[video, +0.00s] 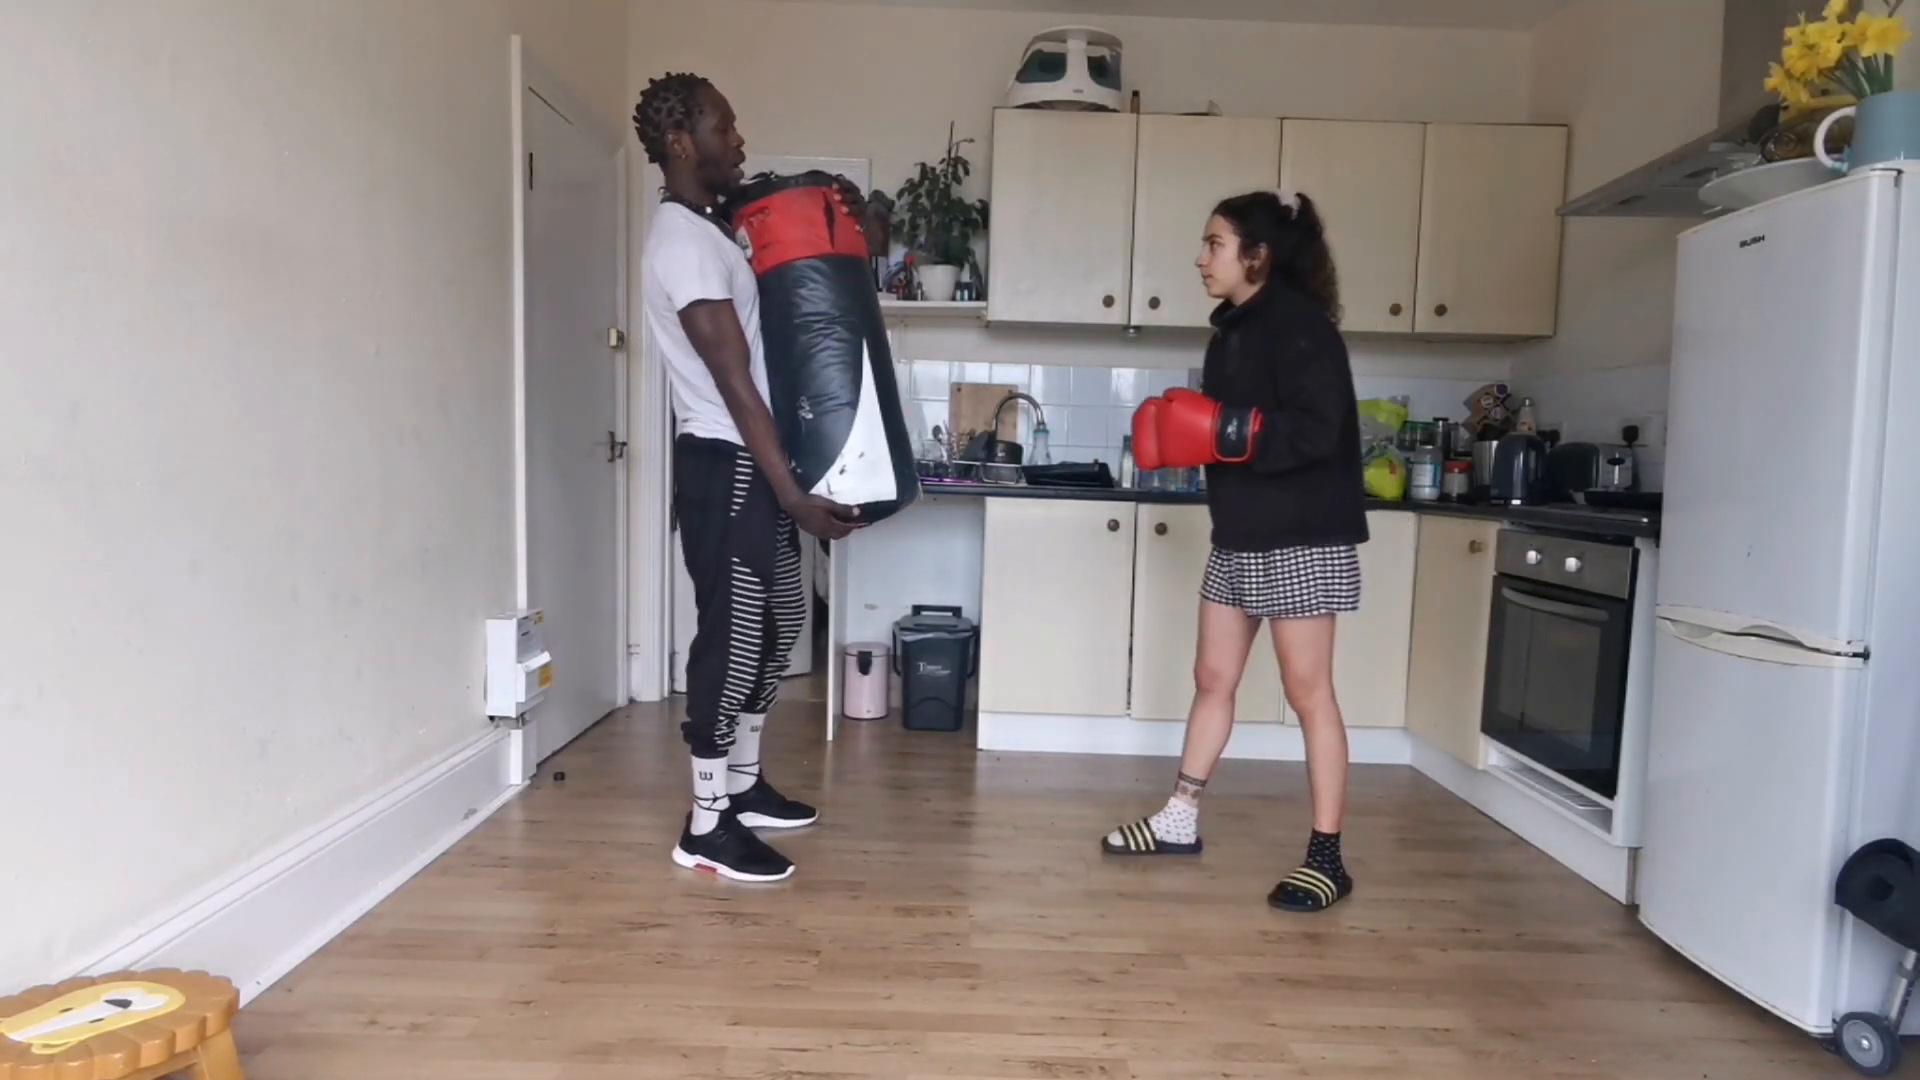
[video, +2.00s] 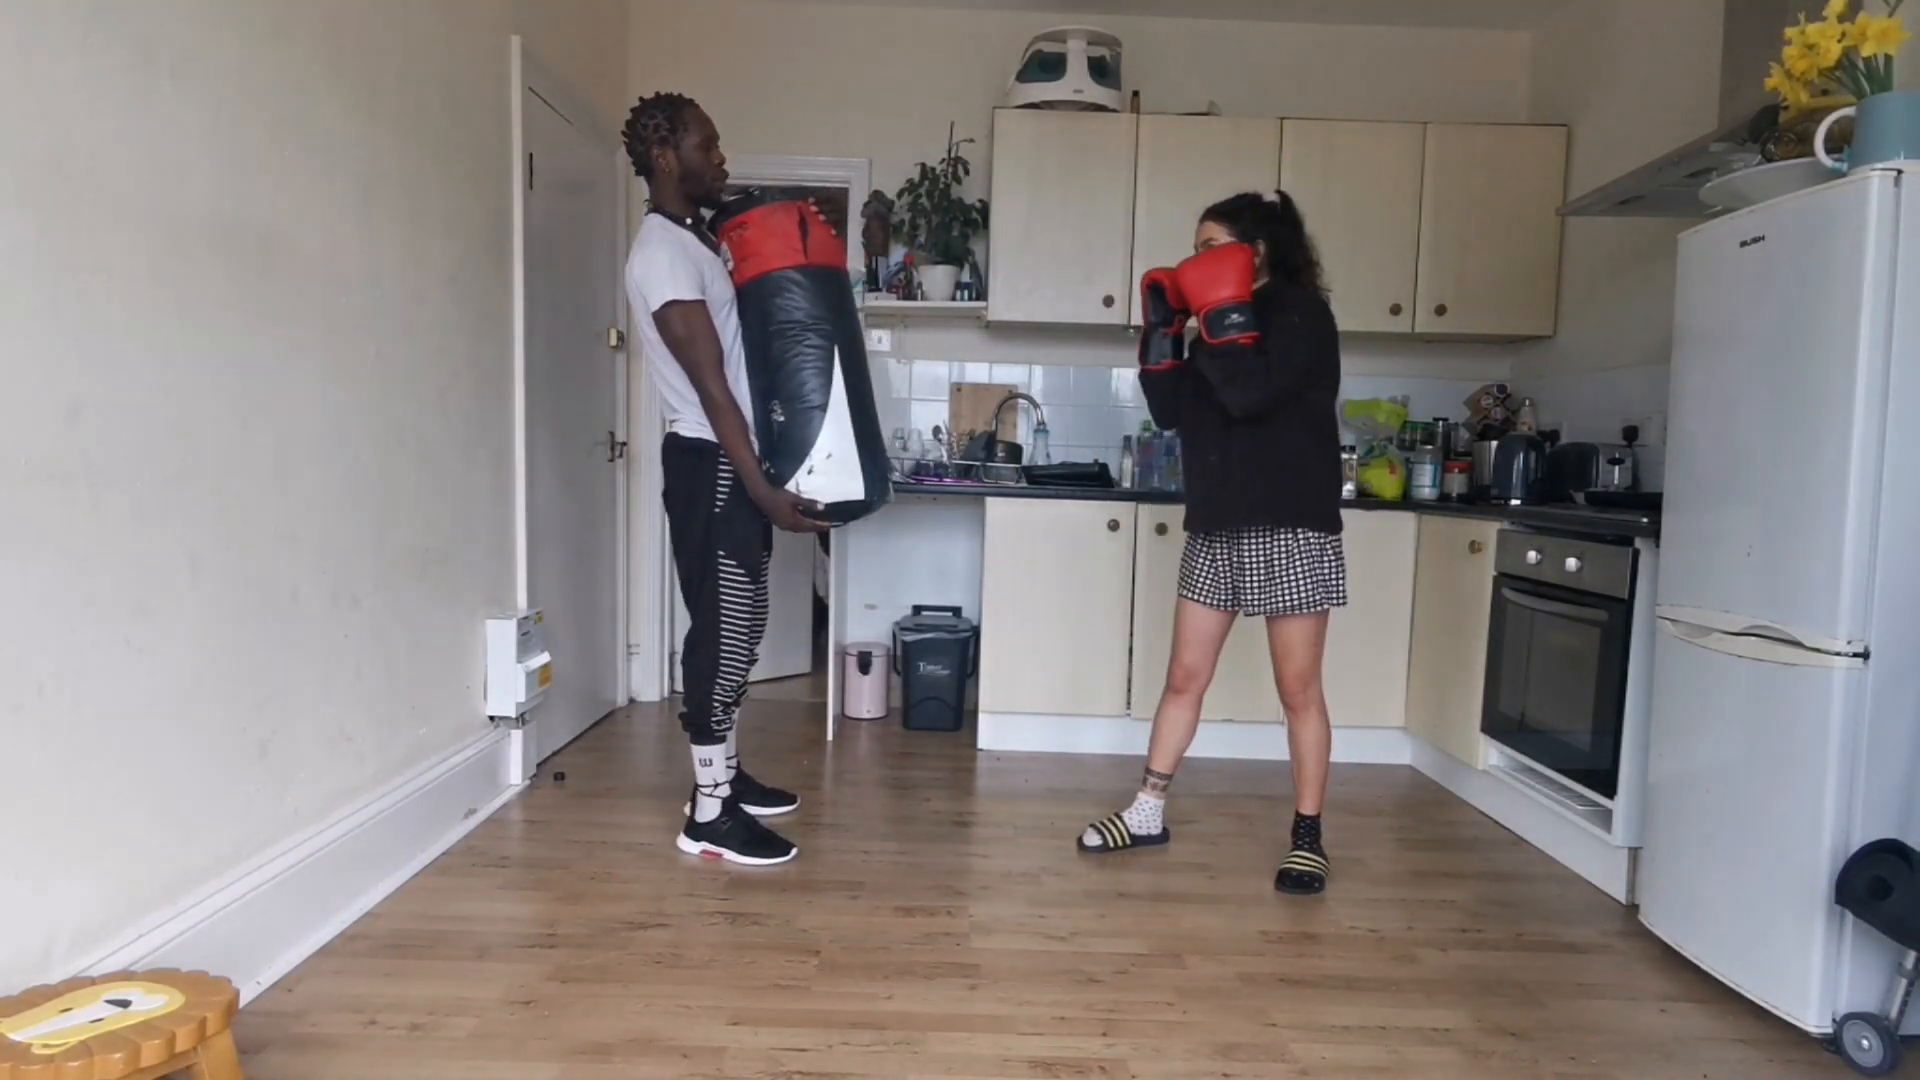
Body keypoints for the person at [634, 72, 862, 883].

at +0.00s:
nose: (741, 141)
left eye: (736, 126)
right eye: (724, 127)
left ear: (686, 142)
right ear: (677, 140)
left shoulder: (718, 231)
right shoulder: (683, 239)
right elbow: (732, 377)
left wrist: (842, 228)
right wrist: (793, 492)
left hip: (758, 453)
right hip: (721, 457)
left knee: (778, 620)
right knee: (733, 628)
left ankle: (741, 784)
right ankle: (707, 822)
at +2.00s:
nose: (723, 159)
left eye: (718, 145)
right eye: (707, 146)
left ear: (670, 159)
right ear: (664, 157)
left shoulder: (694, 240)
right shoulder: (662, 249)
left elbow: (744, 337)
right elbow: (708, 381)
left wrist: (766, 243)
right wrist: (759, 482)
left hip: (731, 452)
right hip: (706, 457)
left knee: (736, 617)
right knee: (729, 622)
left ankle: (722, 776)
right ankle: (709, 812)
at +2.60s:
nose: (724, 148)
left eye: (719, 136)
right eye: (708, 138)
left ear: (680, 154)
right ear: (668, 155)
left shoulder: (711, 232)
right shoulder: (674, 242)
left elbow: (789, 280)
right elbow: (708, 370)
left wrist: (823, 211)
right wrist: (748, 477)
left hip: (727, 454)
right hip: (696, 458)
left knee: (730, 624)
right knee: (713, 627)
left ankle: (720, 776)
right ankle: (699, 807)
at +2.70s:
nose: (727, 150)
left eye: (722, 138)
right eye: (712, 139)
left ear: (678, 155)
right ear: (671, 154)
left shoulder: (705, 238)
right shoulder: (678, 243)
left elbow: (750, 343)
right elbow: (707, 375)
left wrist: (800, 245)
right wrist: (746, 484)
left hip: (726, 454)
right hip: (697, 460)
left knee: (732, 623)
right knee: (710, 628)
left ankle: (721, 775)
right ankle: (700, 807)